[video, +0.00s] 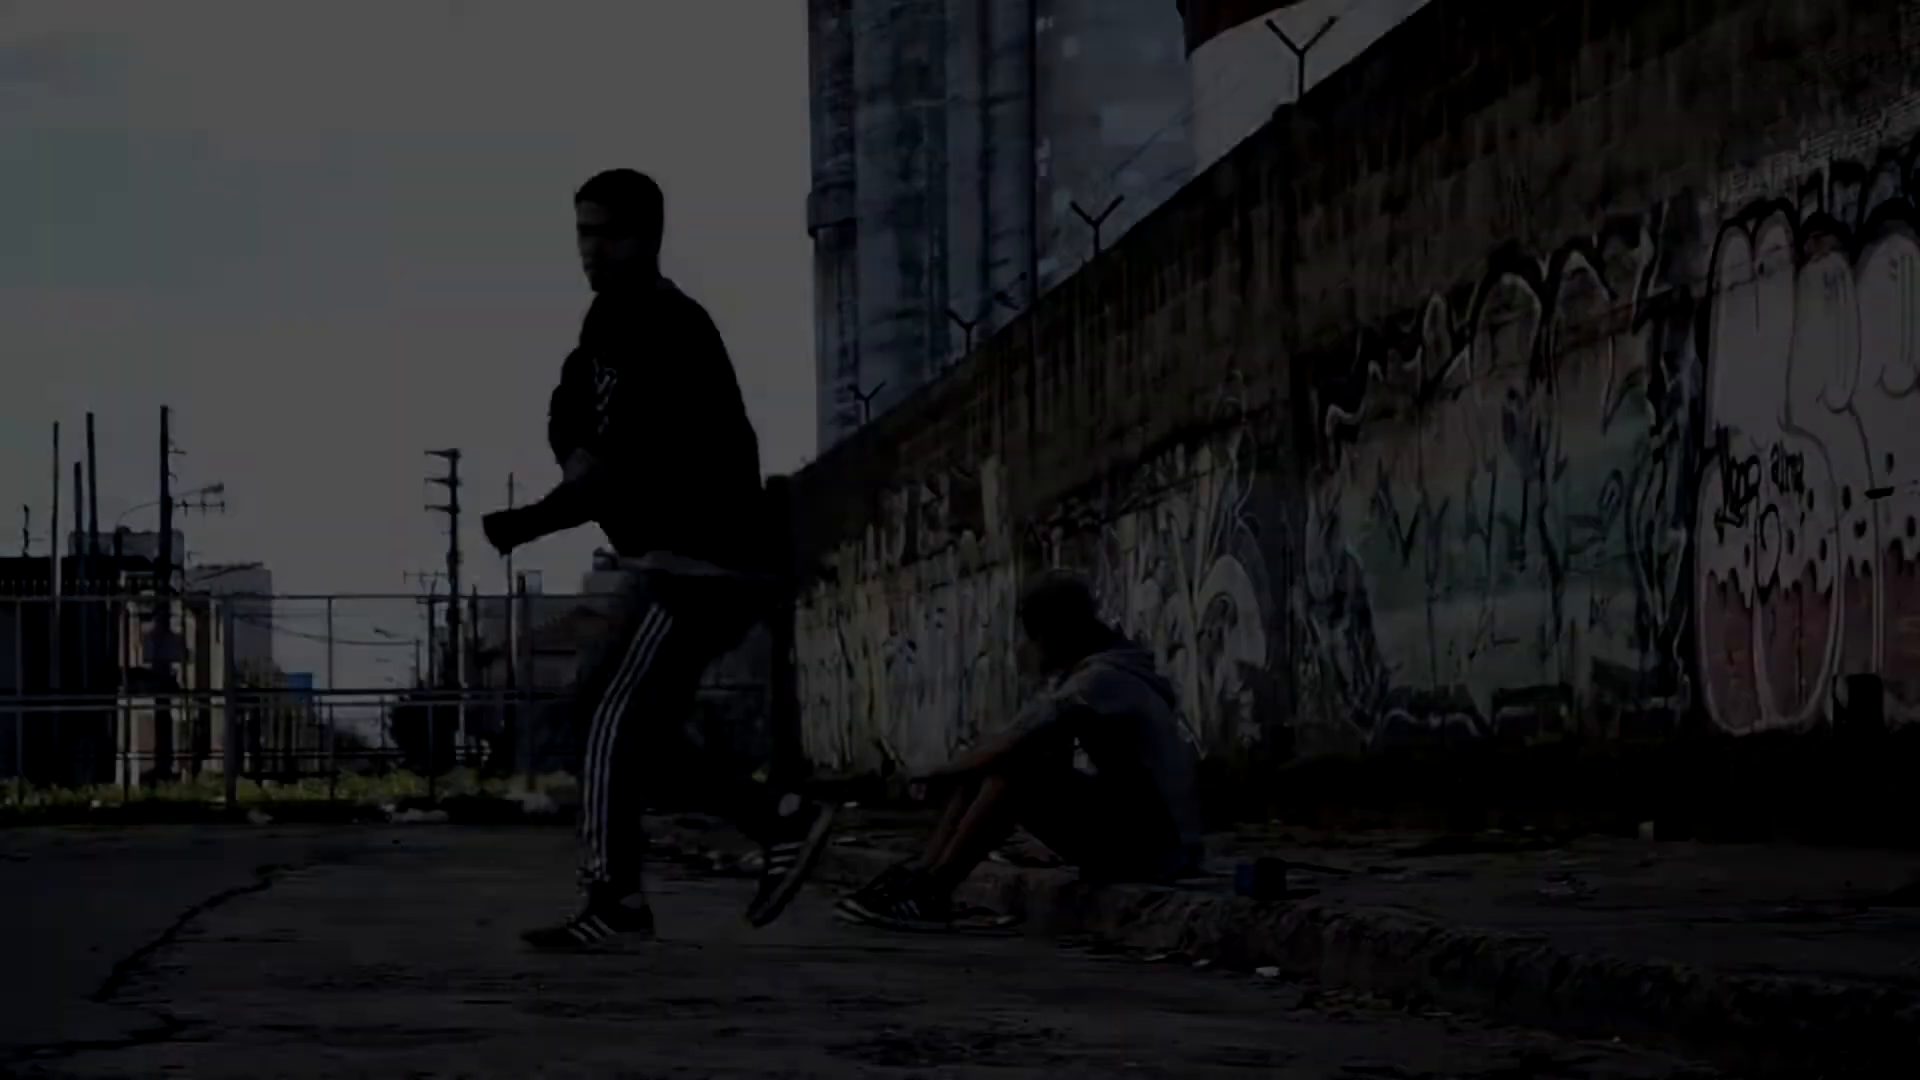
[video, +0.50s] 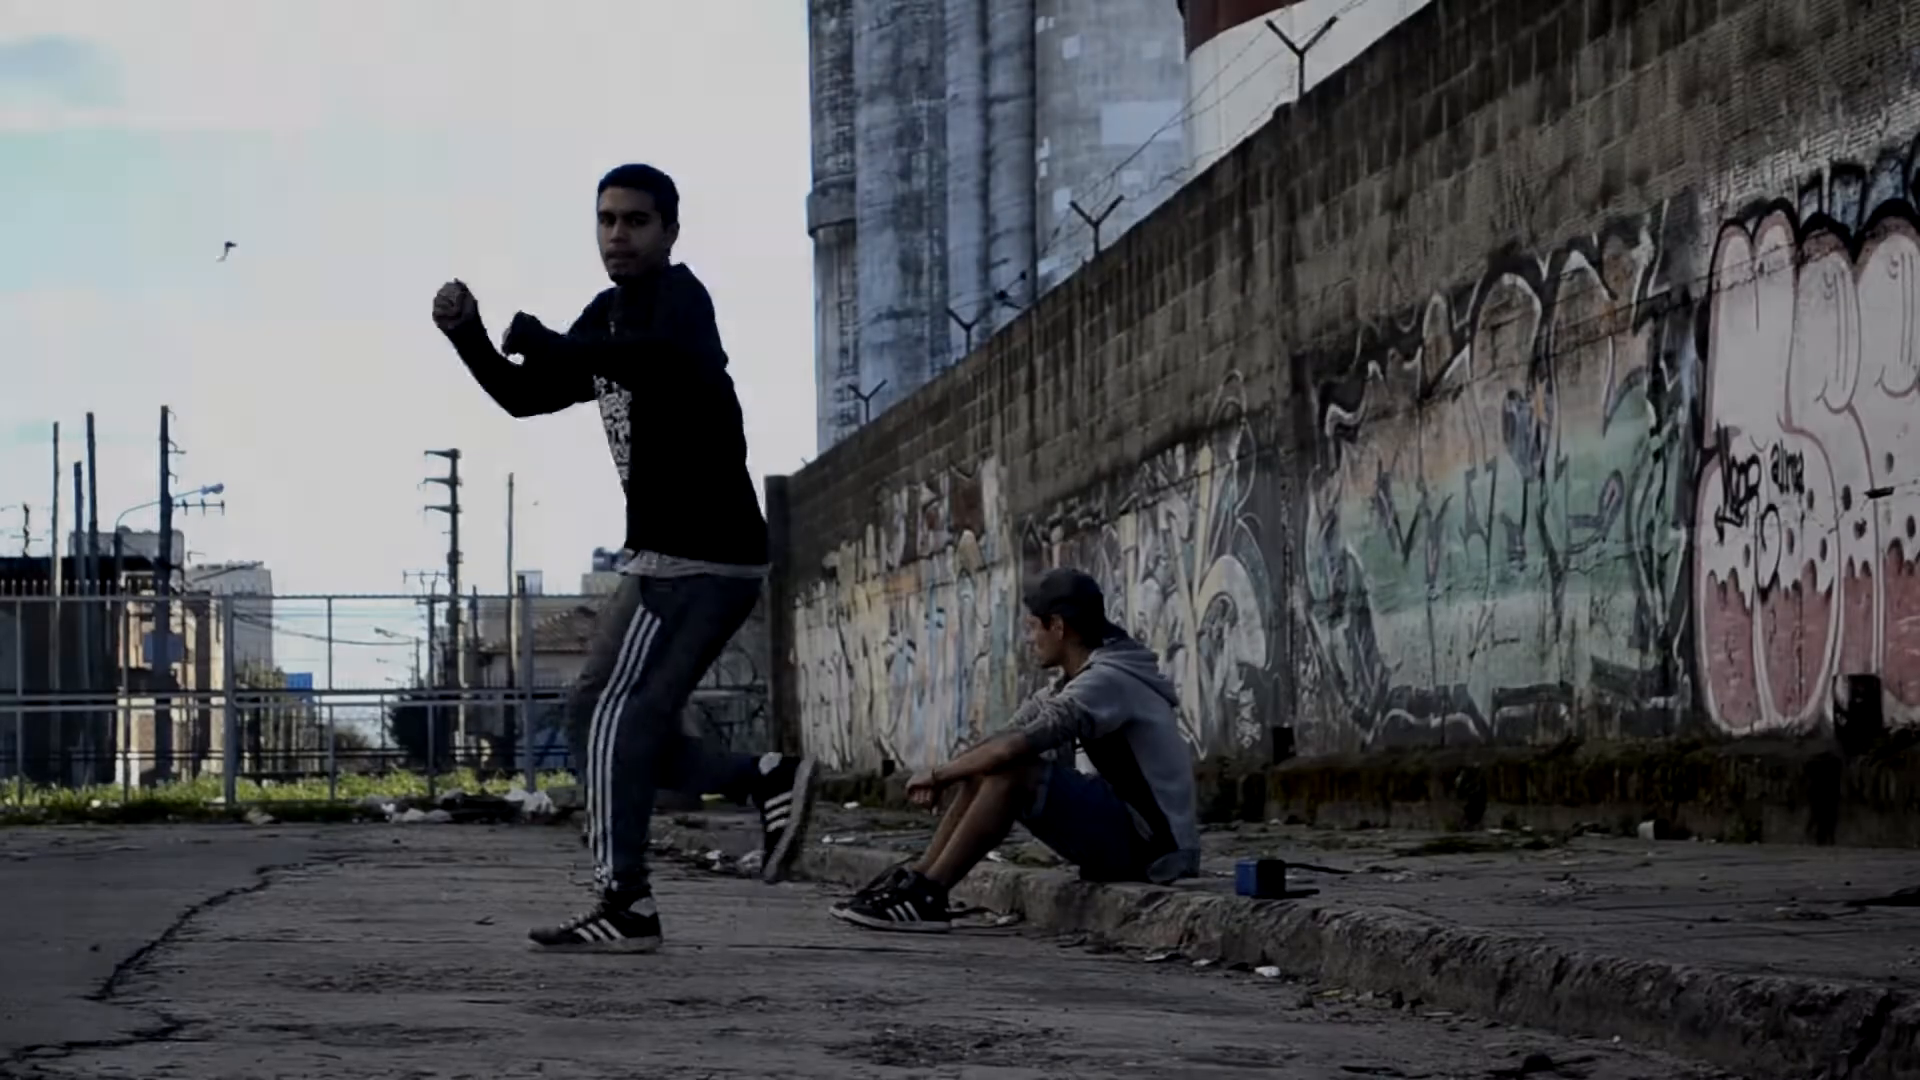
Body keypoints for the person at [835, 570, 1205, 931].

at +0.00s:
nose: (1027, 650)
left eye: (1031, 636)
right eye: (1026, 636)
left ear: (1058, 631)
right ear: (1077, 624)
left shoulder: (1103, 675)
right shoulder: (1087, 673)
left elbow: (1016, 745)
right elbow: (1016, 741)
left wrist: (937, 774)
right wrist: (945, 772)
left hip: (1148, 848)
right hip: (1129, 837)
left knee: (1014, 778)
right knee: (994, 769)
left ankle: (934, 894)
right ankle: (919, 883)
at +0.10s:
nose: (1029, 648)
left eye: (1029, 635)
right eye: (1027, 636)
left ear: (1045, 634)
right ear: (1081, 623)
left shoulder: (1099, 674)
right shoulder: (1087, 674)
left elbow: (1014, 747)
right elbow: (1015, 745)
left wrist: (938, 775)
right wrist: (943, 775)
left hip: (1151, 849)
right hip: (1129, 840)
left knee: (1012, 775)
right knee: (987, 767)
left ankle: (935, 893)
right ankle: (918, 882)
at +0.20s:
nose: (1032, 641)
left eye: (1032, 630)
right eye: (1032, 631)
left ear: (1047, 631)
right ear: (1084, 621)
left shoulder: (1100, 672)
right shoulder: (1086, 673)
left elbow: (1016, 742)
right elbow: (1014, 742)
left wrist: (937, 775)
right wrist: (945, 774)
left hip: (1150, 849)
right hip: (1126, 839)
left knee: (1010, 774)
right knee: (985, 767)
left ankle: (932, 894)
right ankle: (919, 882)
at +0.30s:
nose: (1033, 638)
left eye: (1034, 628)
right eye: (1033, 628)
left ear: (1050, 627)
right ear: (1082, 621)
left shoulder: (1101, 673)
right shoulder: (1085, 674)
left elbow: (1016, 743)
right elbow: (1014, 741)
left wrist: (937, 775)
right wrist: (945, 774)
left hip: (1149, 849)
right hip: (1125, 840)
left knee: (1010, 775)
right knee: (986, 768)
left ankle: (932, 894)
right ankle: (918, 881)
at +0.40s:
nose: (1030, 637)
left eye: (1031, 626)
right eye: (1029, 626)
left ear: (1053, 626)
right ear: (1071, 624)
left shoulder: (1103, 675)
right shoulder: (1084, 675)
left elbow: (1009, 751)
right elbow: (1011, 740)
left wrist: (936, 776)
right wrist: (940, 778)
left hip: (1149, 848)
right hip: (1123, 838)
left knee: (1012, 773)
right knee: (985, 766)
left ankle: (932, 896)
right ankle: (914, 885)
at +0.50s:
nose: (1029, 638)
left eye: (1034, 626)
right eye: (1029, 626)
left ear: (1060, 627)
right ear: (1067, 628)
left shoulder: (1107, 675)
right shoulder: (1085, 675)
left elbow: (1013, 751)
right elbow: (1013, 736)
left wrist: (938, 774)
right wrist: (942, 775)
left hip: (1150, 848)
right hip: (1124, 838)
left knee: (1012, 772)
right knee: (985, 766)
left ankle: (932, 894)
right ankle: (914, 885)